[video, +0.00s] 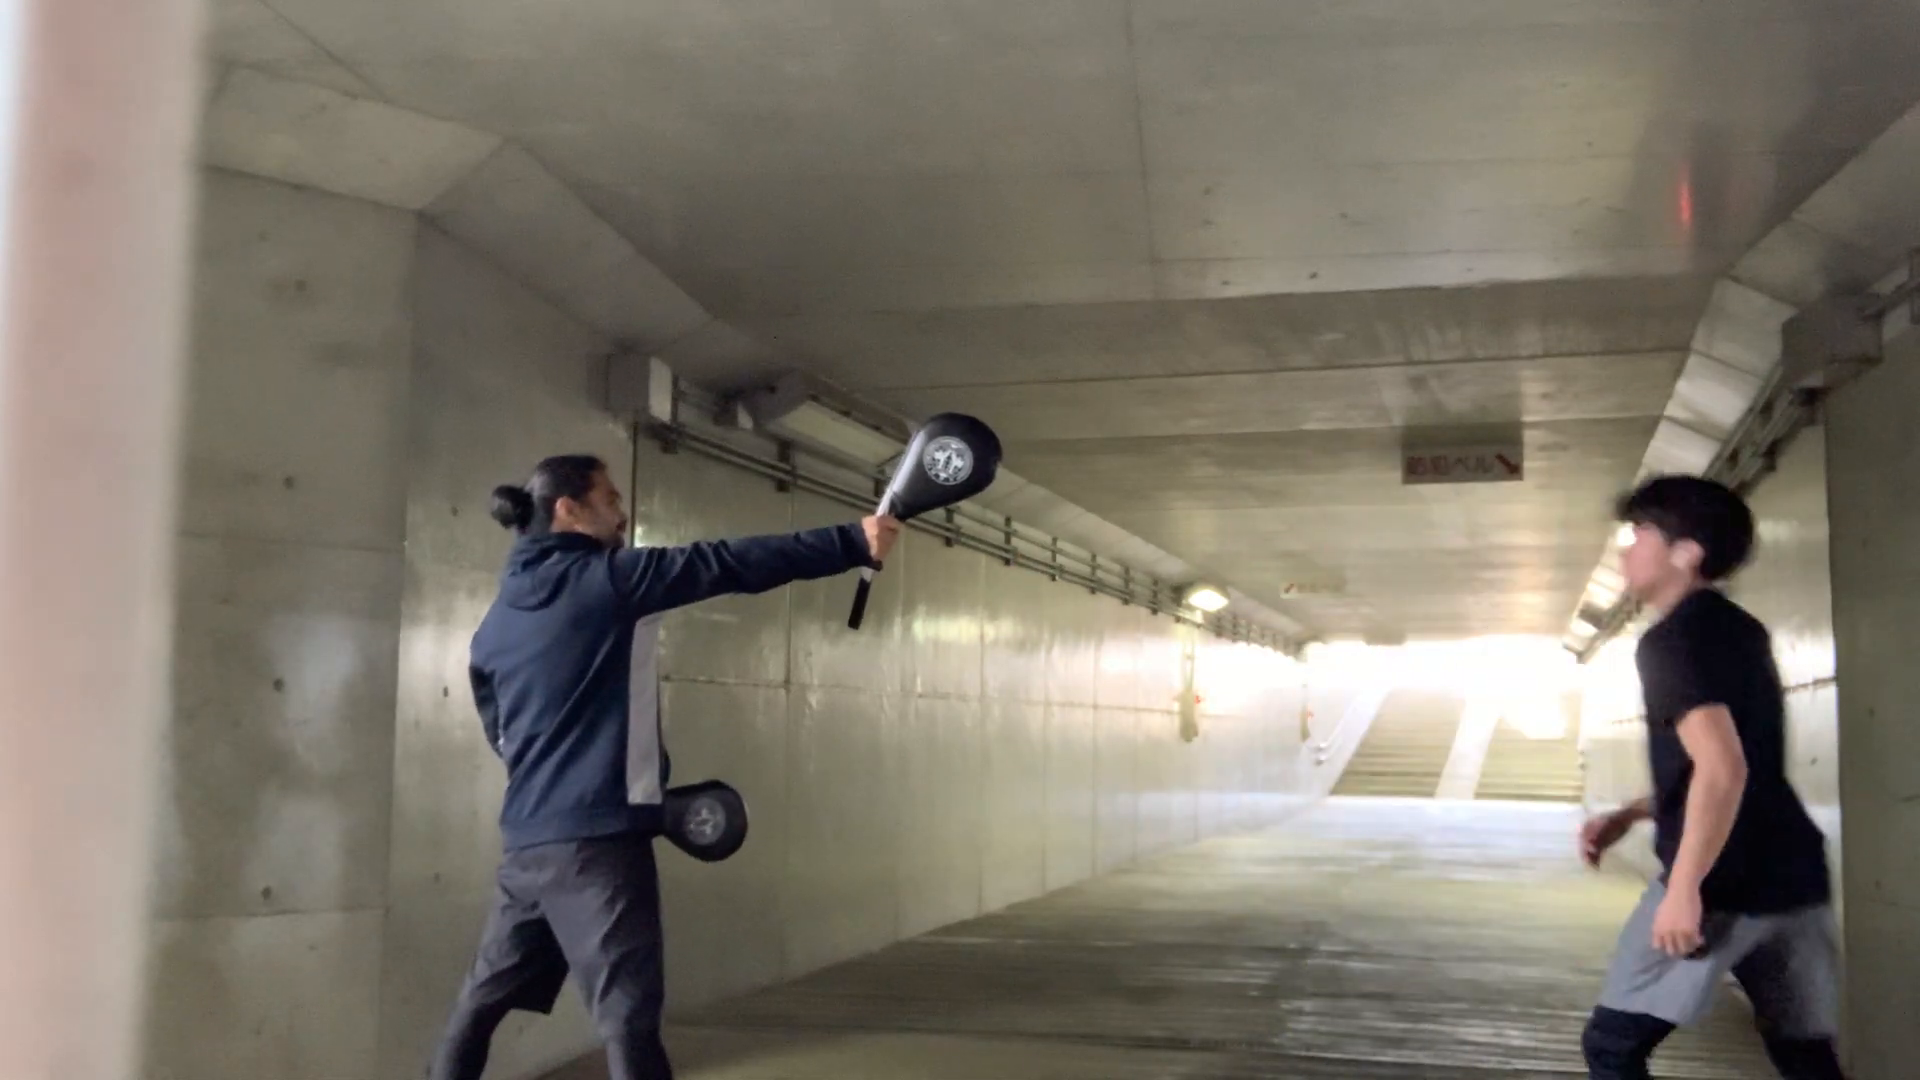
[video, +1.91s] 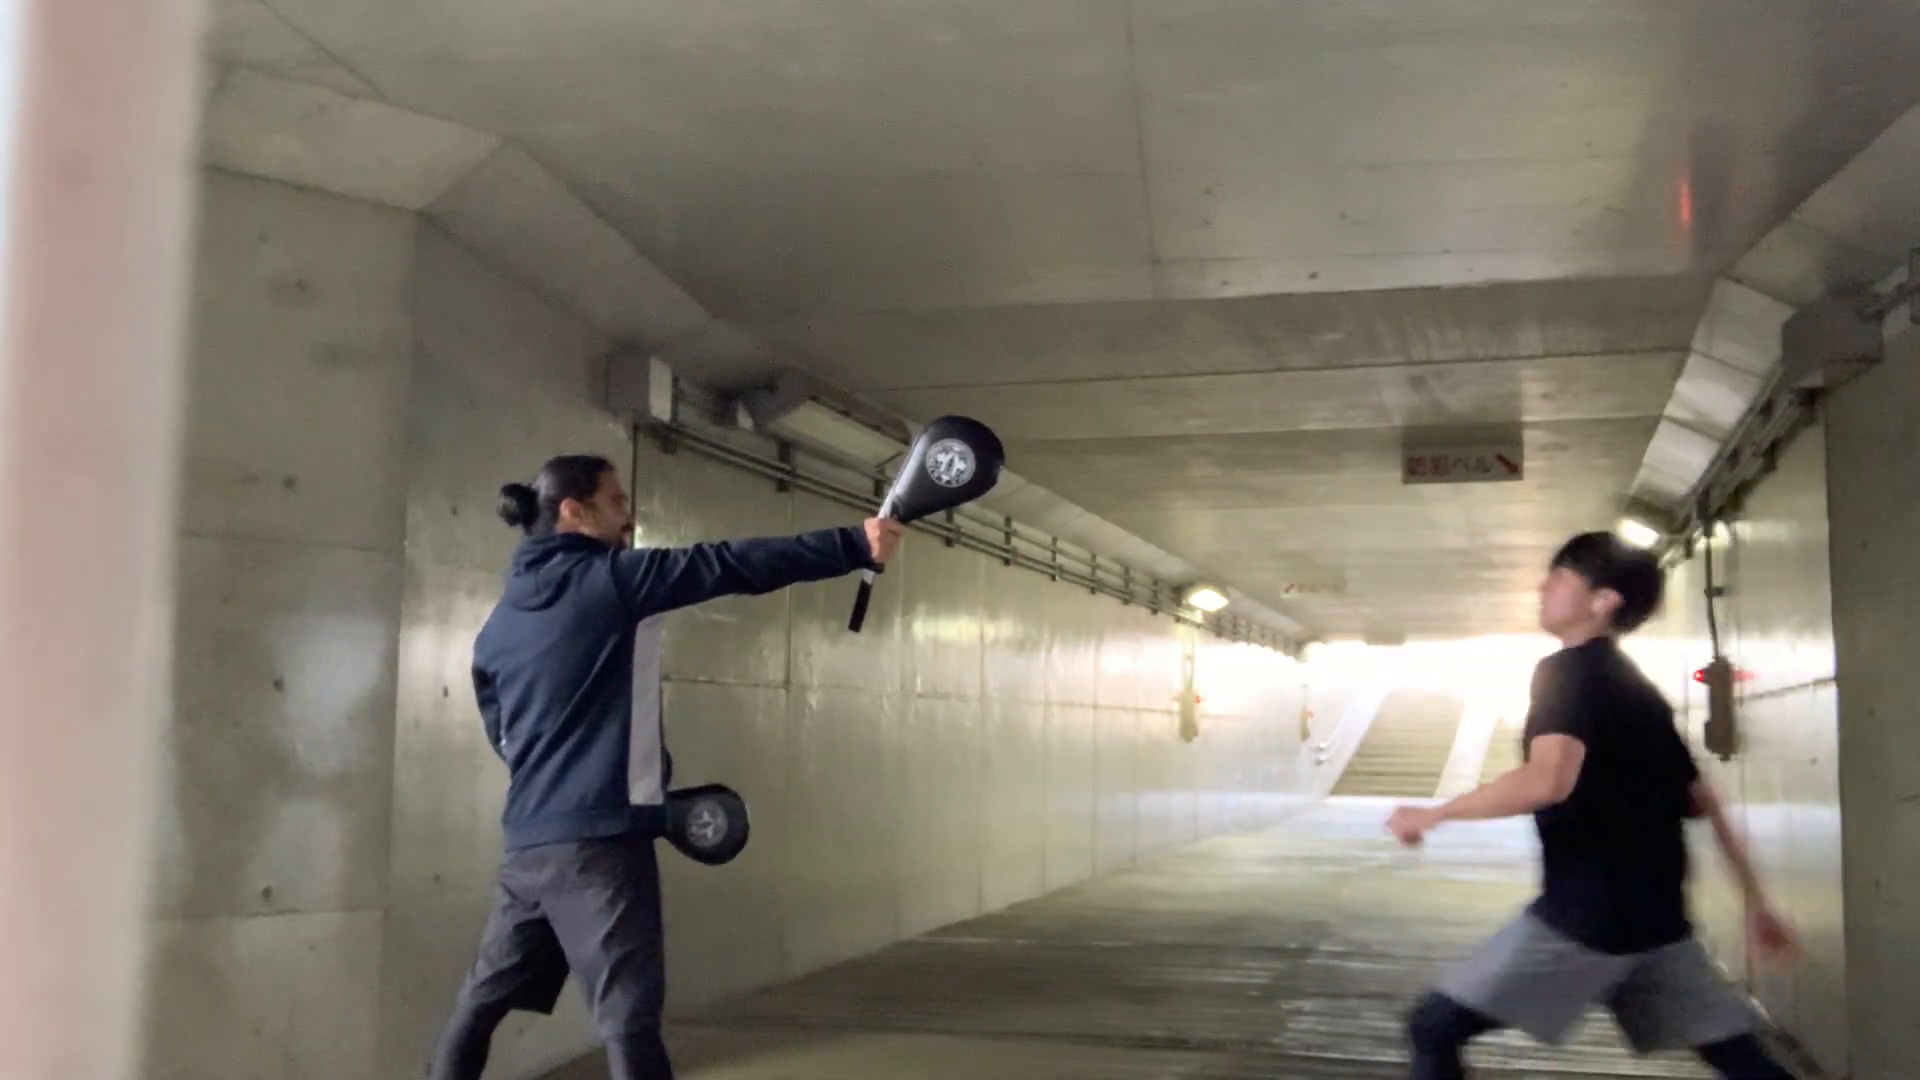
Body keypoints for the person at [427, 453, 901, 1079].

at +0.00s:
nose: (623, 514)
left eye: (620, 501)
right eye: (611, 501)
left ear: (556, 514)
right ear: (567, 509)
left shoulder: (493, 628)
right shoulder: (604, 577)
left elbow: (511, 740)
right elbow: (724, 563)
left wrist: (630, 790)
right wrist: (852, 540)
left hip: (529, 838)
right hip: (595, 836)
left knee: (477, 1009)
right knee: (629, 1024)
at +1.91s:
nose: (630, 516)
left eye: (626, 503)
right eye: (618, 503)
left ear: (564, 516)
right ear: (571, 512)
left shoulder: (495, 630)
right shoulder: (608, 578)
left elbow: (512, 741)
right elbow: (727, 564)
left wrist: (636, 789)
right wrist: (855, 543)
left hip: (529, 841)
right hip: (596, 838)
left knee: (476, 1010)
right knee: (629, 1026)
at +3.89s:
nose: (614, 512)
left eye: (609, 498)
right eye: (600, 499)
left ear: (547, 518)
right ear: (557, 513)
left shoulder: (487, 639)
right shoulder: (595, 578)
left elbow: (517, 753)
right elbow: (715, 569)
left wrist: (633, 792)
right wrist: (838, 539)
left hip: (527, 841)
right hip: (591, 838)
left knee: (474, 1009)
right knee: (627, 1024)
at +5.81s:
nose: (657, 523)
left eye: (655, 508)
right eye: (647, 507)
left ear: (595, 514)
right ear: (603, 512)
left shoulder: (520, 618)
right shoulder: (637, 578)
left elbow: (521, 735)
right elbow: (756, 570)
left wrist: (622, 789)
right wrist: (877, 546)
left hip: (533, 834)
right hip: (598, 832)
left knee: (479, 1003)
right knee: (631, 1023)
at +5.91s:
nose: (658, 522)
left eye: (655, 507)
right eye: (647, 507)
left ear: (595, 514)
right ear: (602, 512)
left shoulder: (521, 618)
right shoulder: (636, 578)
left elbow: (522, 736)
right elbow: (754, 570)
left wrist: (625, 786)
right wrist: (877, 547)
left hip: (534, 833)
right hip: (599, 831)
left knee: (479, 1003)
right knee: (632, 1023)